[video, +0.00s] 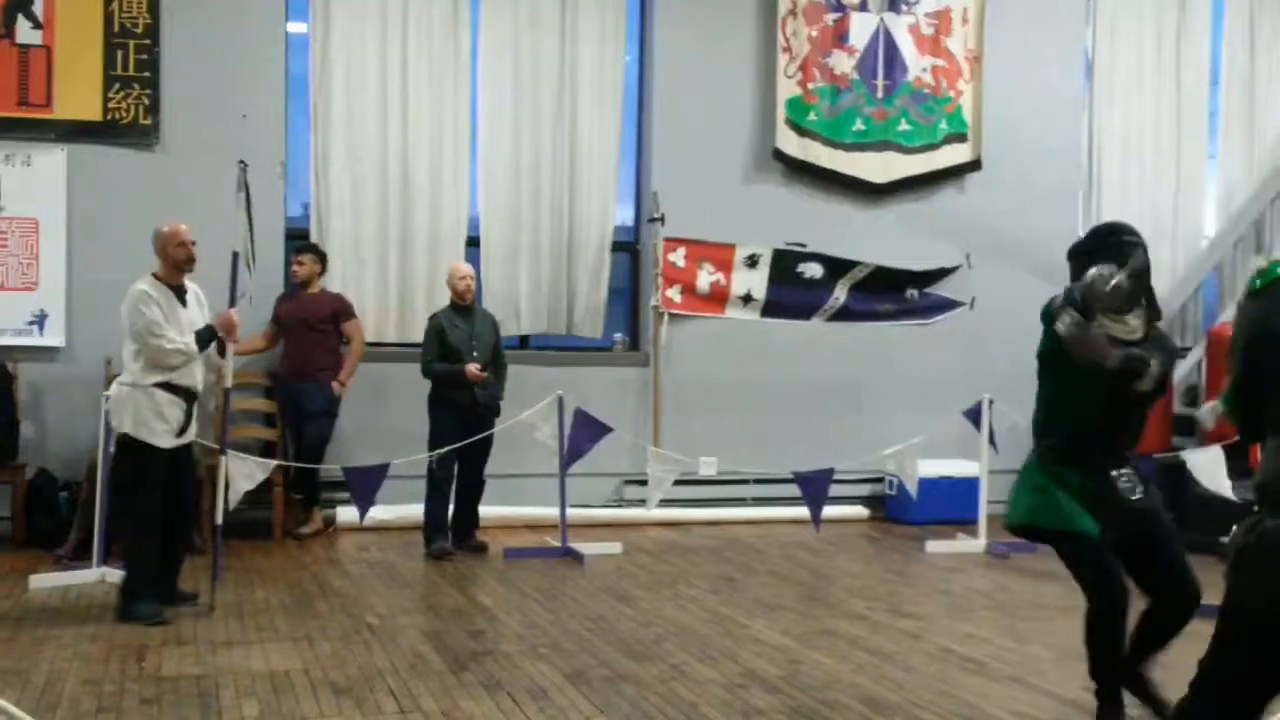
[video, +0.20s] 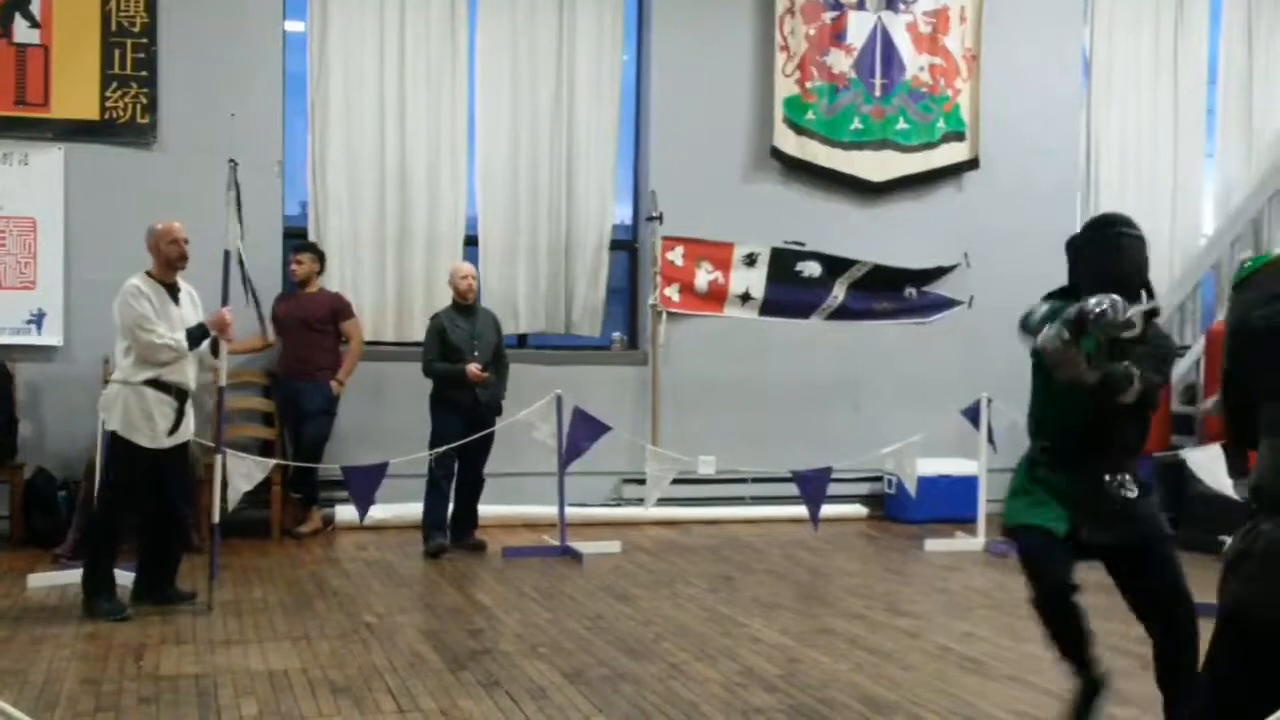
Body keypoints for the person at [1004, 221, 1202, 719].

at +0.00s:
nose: (1123, 285)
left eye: (1133, 273)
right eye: (1112, 272)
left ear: (1144, 280)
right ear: (1085, 273)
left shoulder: (1151, 338)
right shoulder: (1064, 314)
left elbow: (1152, 371)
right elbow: (1071, 327)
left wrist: (1120, 357)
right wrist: (1090, 291)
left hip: (1114, 477)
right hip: (1055, 480)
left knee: (1179, 595)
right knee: (1108, 592)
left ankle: (1131, 666)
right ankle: (1108, 701)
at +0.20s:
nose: (1118, 282)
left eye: (1130, 270)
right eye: (1105, 269)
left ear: (1143, 274)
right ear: (1079, 268)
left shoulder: (1153, 340)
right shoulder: (1054, 315)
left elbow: (1138, 396)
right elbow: (1036, 323)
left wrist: (1088, 377)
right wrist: (1081, 318)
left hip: (1115, 486)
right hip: (1045, 485)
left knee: (1175, 615)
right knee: (1048, 585)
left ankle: (1182, 708)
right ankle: (1088, 676)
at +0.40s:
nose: (1071, 274)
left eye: (1074, 263)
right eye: (1059, 264)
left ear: (1080, 272)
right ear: (1034, 273)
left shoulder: (1092, 338)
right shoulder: (1009, 344)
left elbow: (1128, 406)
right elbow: (1004, 380)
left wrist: (1110, 419)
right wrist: (1065, 361)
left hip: (1079, 508)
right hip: (1013, 507)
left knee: (1148, 623)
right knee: (977, 605)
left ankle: (1173, 706)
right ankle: (925, 709)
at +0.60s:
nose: (974, 286)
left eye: (975, 276)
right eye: (965, 276)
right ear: (949, 280)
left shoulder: (995, 340)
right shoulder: (927, 350)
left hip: (977, 501)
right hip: (918, 503)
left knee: (1050, 595)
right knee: (930, 609)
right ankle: (903, 710)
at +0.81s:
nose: (890, 279)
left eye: (899, 268)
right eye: (882, 268)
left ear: (911, 270)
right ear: (863, 268)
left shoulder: (929, 334)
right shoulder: (843, 337)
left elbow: (954, 391)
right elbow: (827, 407)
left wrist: (927, 417)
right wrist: (874, 420)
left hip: (920, 497)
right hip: (859, 496)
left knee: (937, 605)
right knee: (874, 618)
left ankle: (861, 669)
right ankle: (874, 705)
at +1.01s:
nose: (828, 267)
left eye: (832, 256)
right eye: (822, 256)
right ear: (833, 263)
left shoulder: (873, 325)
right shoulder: (783, 329)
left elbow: (881, 384)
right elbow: (779, 385)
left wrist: (850, 421)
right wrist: (808, 425)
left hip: (845, 484)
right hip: (778, 477)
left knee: (863, 590)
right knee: (736, 577)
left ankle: (836, 693)